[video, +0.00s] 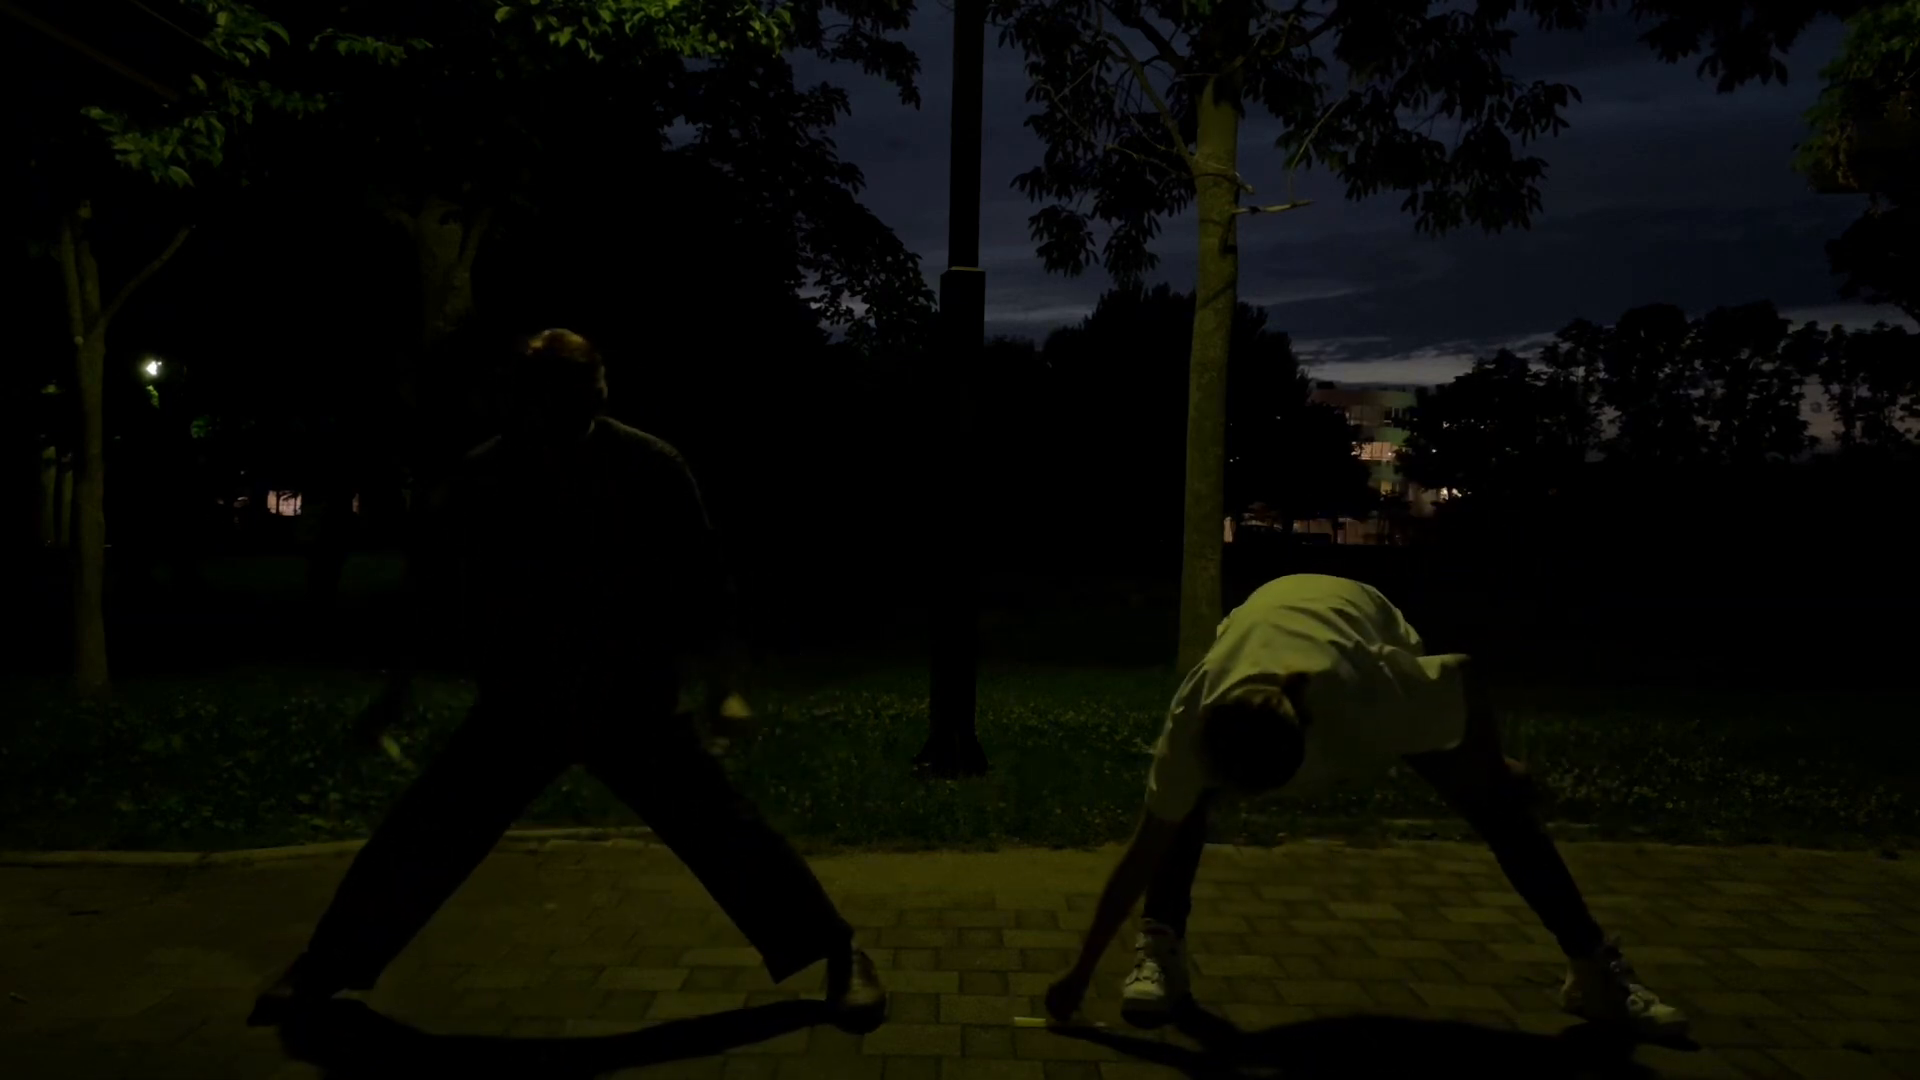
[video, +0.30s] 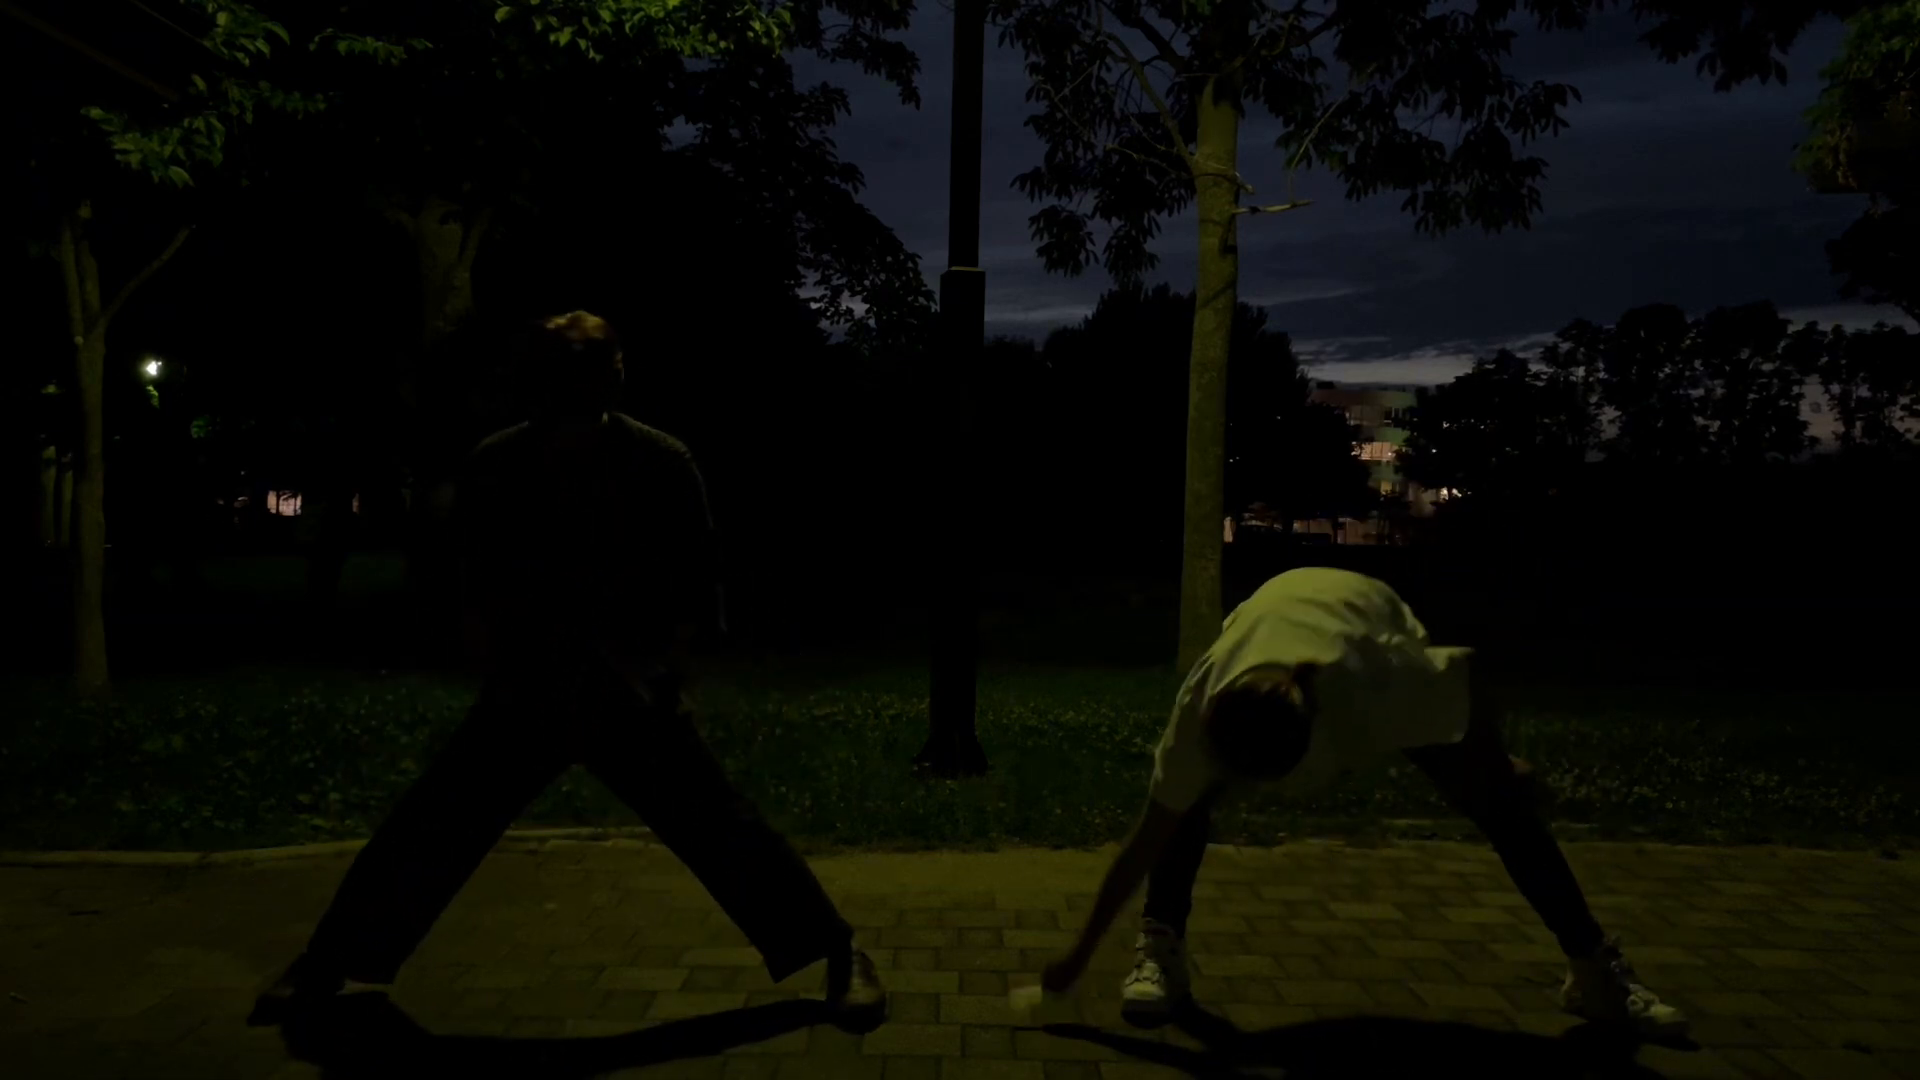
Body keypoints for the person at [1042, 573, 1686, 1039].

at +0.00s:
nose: (1238, 794)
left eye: (1258, 780)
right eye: (1227, 776)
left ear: (1293, 732)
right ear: (1216, 744)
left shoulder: (1376, 688)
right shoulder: (1187, 733)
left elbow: (1470, 680)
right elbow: (1145, 850)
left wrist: (1499, 765)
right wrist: (1082, 970)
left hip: (1365, 618)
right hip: (1251, 625)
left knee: (1497, 808)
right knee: (1180, 804)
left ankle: (1601, 973)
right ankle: (1162, 960)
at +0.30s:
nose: (1248, 778)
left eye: (1264, 763)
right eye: (1239, 761)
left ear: (1302, 709)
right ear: (1222, 734)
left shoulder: (1381, 679)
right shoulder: (1199, 721)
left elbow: (1474, 674)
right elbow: (1147, 837)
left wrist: (1500, 762)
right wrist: (1079, 952)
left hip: (1373, 615)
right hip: (1256, 621)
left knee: (1501, 807)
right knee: (1185, 803)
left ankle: (1600, 973)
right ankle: (1159, 959)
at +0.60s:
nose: (1342, 636)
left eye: (1357, 623)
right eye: (1329, 620)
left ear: (1392, 587)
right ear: (1304, 588)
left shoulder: (1455, 574)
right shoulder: (1267, 576)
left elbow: (1511, 676)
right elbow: (1188, 643)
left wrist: (1546, 767)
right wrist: (1142, 721)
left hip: (1424, 668)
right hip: (1304, 670)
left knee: (1533, 803)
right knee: (1236, 788)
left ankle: (1601, 975)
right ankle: (1162, 951)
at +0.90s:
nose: (1363, 473)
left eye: (1380, 460)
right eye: (1356, 455)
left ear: (1420, 441)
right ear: (1342, 429)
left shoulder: (1491, 469)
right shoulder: (1308, 444)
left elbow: (1545, 577)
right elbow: (1272, 543)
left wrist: (1540, 684)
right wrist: (1248, 629)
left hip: (1435, 663)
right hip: (1313, 653)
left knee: (1535, 804)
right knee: (1207, 782)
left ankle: (1601, 974)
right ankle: (1101, 936)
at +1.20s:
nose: (1333, 409)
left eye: (1346, 392)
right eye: (1320, 392)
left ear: (1370, 384)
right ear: (1290, 385)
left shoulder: (1413, 428)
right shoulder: (1237, 438)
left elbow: (1464, 543)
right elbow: (1162, 522)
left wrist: (1457, 640)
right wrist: (1119, 609)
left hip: (1403, 666)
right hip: (1279, 668)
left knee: (1516, 806)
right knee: (1184, 796)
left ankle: (1599, 976)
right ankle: (1085, 953)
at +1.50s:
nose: (1377, 387)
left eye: (1393, 371)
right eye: (1365, 369)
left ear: (1416, 365)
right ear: (1336, 357)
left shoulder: (1446, 425)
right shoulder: (1280, 418)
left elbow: (1488, 537)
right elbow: (1206, 506)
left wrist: (1474, 620)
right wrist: (1204, 577)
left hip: (1421, 669)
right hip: (1294, 668)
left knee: (1529, 806)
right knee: (1197, 802)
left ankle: (1600, 975)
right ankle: (1087, 951)